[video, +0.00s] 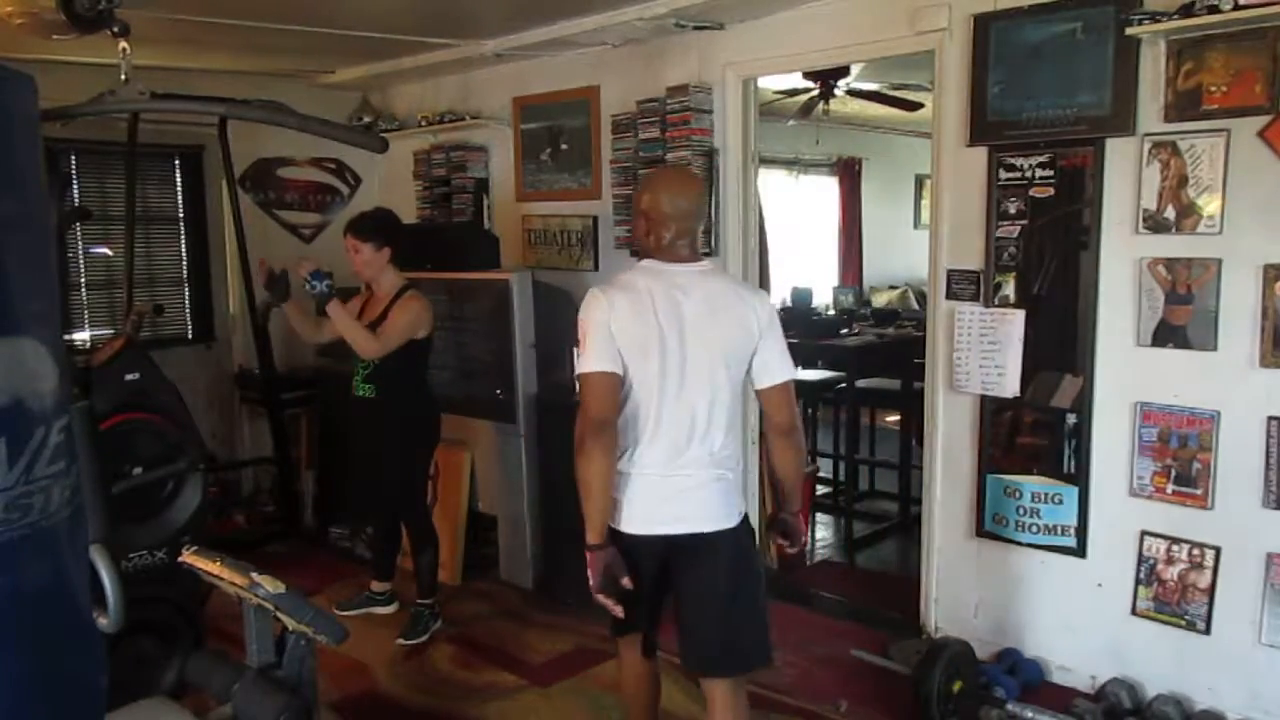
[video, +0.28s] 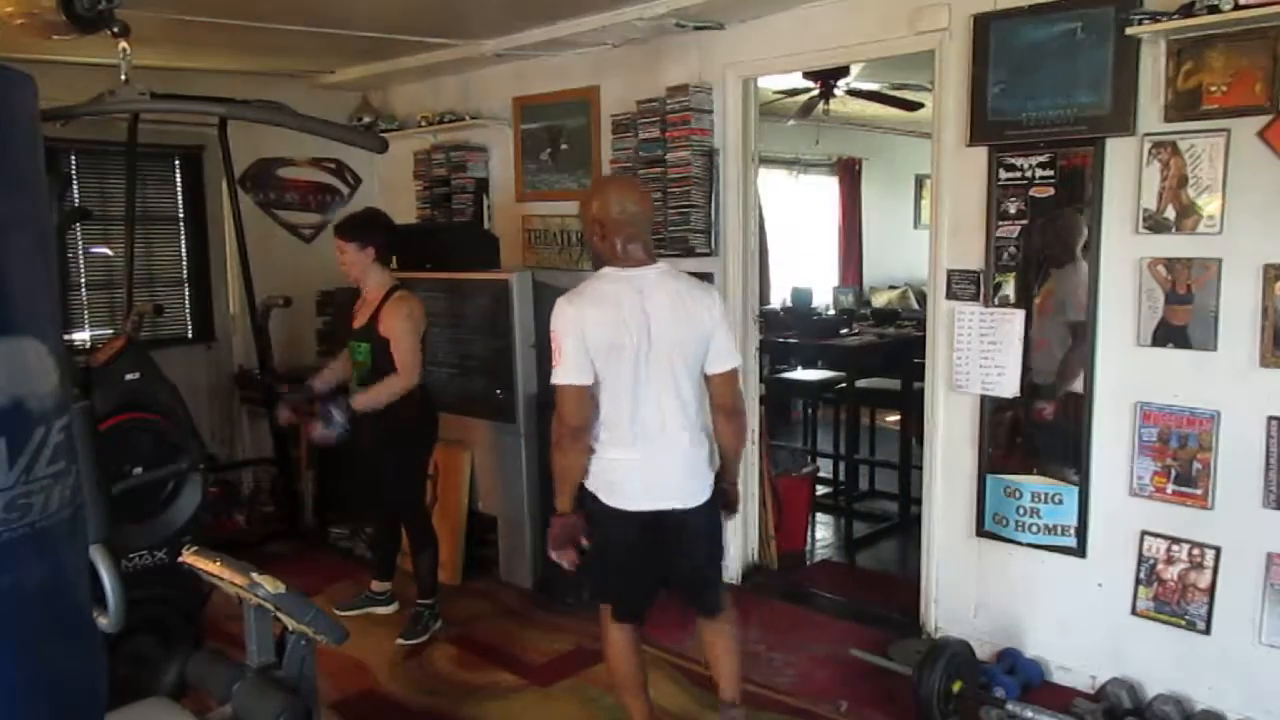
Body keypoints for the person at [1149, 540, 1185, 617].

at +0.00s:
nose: (1173, 554)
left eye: (1176, 552)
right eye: (1171, 551)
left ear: (1179, 553)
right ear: (1167, 552)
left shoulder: (1182, 568)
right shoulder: (1160, 566)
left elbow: (1181, 586)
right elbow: (1154, 581)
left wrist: (1174, 603)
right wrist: (1152, 596)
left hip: (1173, 602)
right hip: (1159, 600)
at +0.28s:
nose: (1173, 554)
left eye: (1176, 552)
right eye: (1171, 551)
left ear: (1180, 553)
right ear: (1167, 552)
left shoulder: (1183, 568)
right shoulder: (1160, 565)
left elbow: (1181, 585)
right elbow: (1150, 582)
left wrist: (1174, 602)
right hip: (1160, 598)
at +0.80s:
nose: (1173, 554)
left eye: (1176, 552)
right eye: (1171, 551)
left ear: (1180, 553)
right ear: (1167, 552)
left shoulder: (1183, 568)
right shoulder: (1160, 565)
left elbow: (1182, 585)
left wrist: (1174, 602)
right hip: (1160, 599)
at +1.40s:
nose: (1173, 554)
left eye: (1176, 552)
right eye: (1171, 551)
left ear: (1179, 553)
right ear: (1167, 552)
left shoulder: (1183, 567)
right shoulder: (1160, 564)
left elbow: (1182, 585)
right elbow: (1151, 581)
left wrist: (1174, 602)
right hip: (1159, 599)